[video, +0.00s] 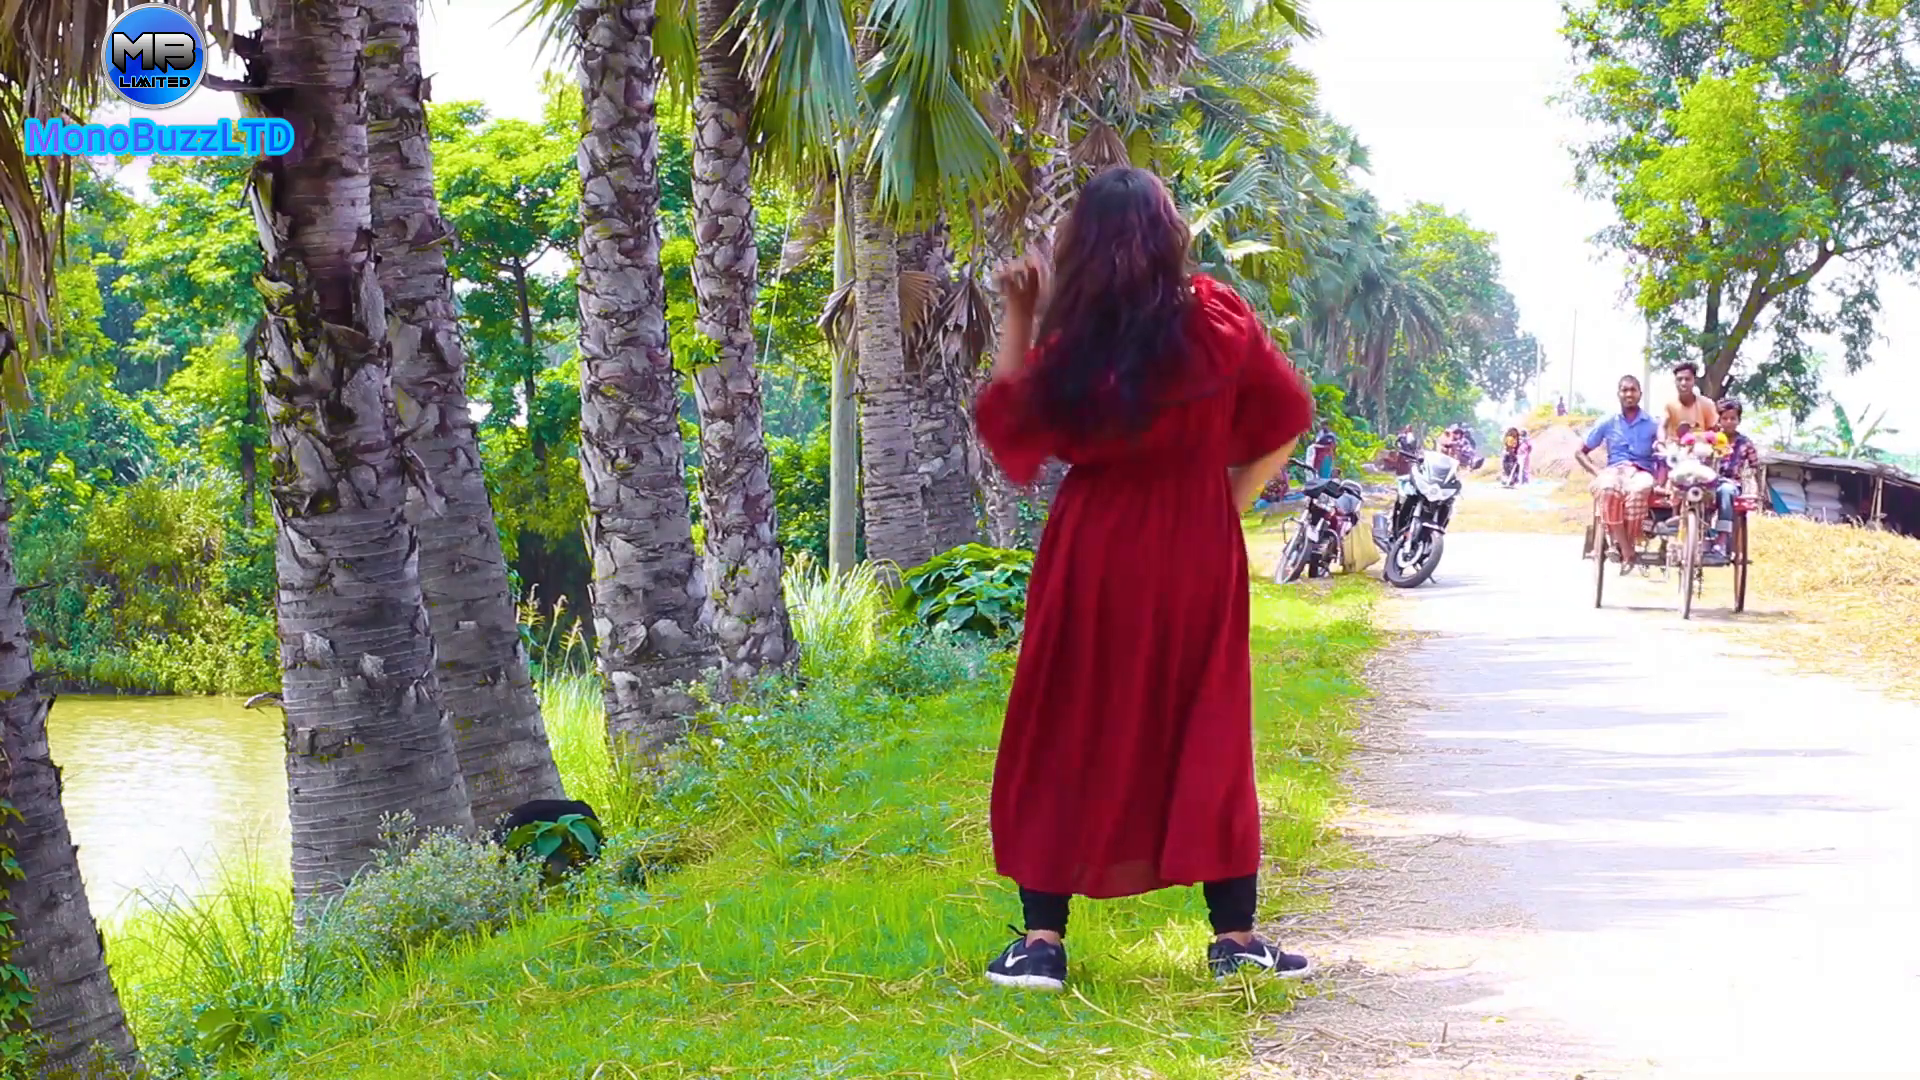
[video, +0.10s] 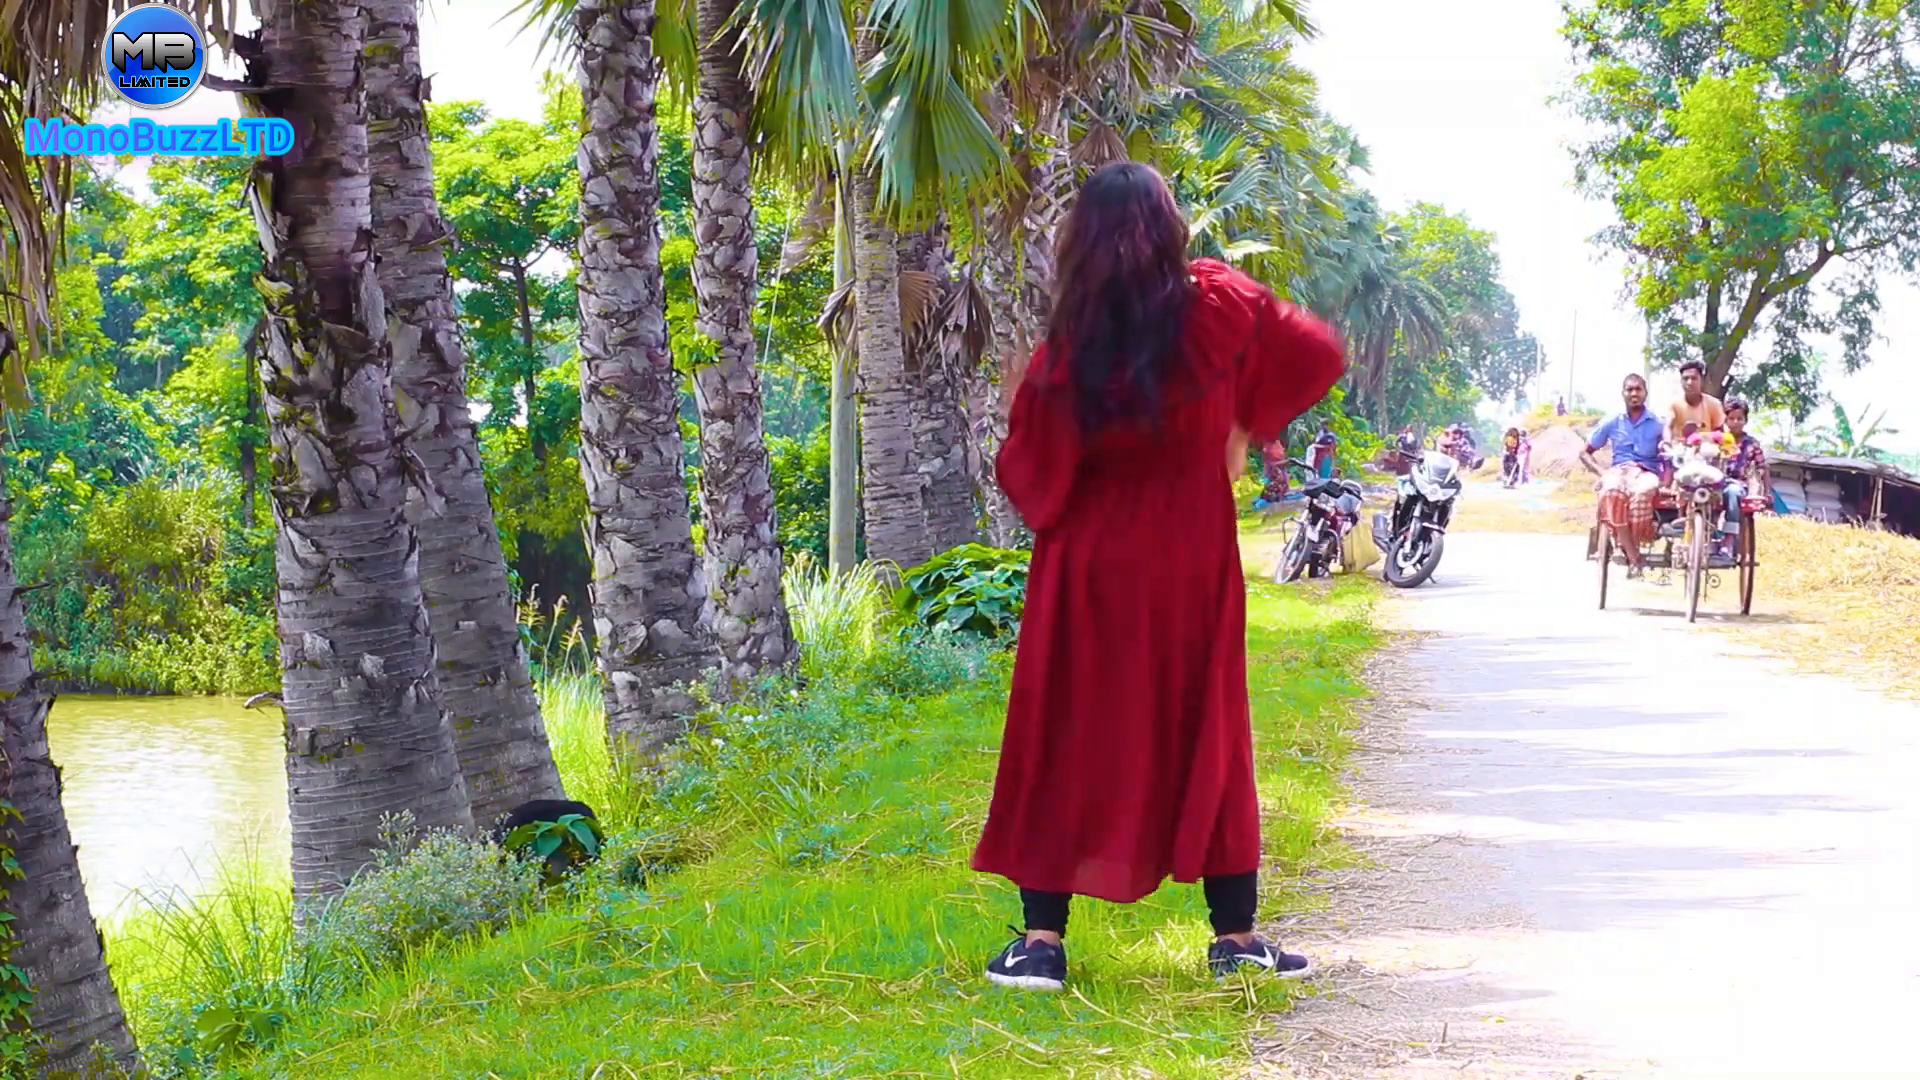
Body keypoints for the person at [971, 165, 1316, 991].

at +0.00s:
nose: (1053, 236)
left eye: (1064, 223)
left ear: (1085, 245)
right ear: (1170, 240)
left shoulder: (1074, 334)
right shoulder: (1214, 315)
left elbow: (1008, 431)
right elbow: (1289, 409)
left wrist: (1015, 322)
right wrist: (1236, 491)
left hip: (1095, 538)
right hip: (1197, 533)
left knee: (1063, 727)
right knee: (1215, 726)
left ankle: (1042, 940)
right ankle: (1235, 935)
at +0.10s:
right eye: (1176, 223)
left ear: (1078, 245)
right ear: (1171, 234)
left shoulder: (1064, 349)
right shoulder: (1217, 299)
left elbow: (1029, 479)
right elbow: (1320, 351)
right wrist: (1253, 415)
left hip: (1090, 559)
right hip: (1195, 555)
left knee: (1066, 733)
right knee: (1215, 732)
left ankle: (1041, 943)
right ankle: (1235, 937)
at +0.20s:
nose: (1183, 231)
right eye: (1180, 217)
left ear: (1083, 234)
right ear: (1176, 230)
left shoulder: (1057, 342)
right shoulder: (1218, 299)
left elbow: (1019, 475)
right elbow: (1344, 318)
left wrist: (999, 555)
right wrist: (1256, 365)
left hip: (1079, 551)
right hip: (1188, 550)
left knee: (1056, 732)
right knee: (1209, 734)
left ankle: (1041, 944)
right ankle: (1235, 939)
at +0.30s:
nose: (1188, 233)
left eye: (1180, 221)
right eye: (1182, 222)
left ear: (1085, 233)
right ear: (1173, 233)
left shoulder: (1040, 328)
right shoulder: (1204, 324)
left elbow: (992, 453)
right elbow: (1320, 334)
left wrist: (986, 566)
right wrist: (1271, 280)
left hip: (1063, 541)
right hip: (1170, 541)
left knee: (1055, 729)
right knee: (1203, 730)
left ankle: (1042, 941)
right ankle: (1235, 937)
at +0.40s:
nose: (1182, 242)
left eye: (1178, 229)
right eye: (1175, 231)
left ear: (1082, 233)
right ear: (1163, 243)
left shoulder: (1030, 314)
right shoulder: (1182, 334)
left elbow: (947, 402)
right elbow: (1268, 397)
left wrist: (979, 503)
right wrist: (1267, 293)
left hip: (1051, 529)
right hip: (1151, 531)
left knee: (1047, 720)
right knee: (1191, 721)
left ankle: (1038, 939)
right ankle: (1233, 935)